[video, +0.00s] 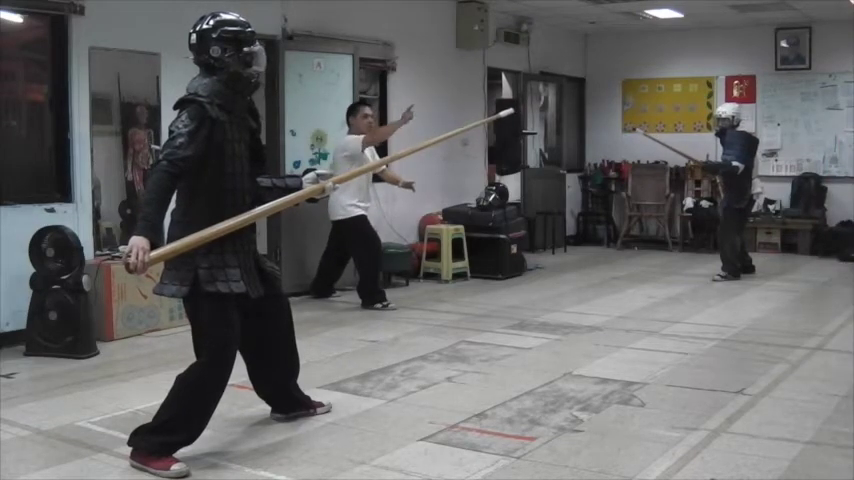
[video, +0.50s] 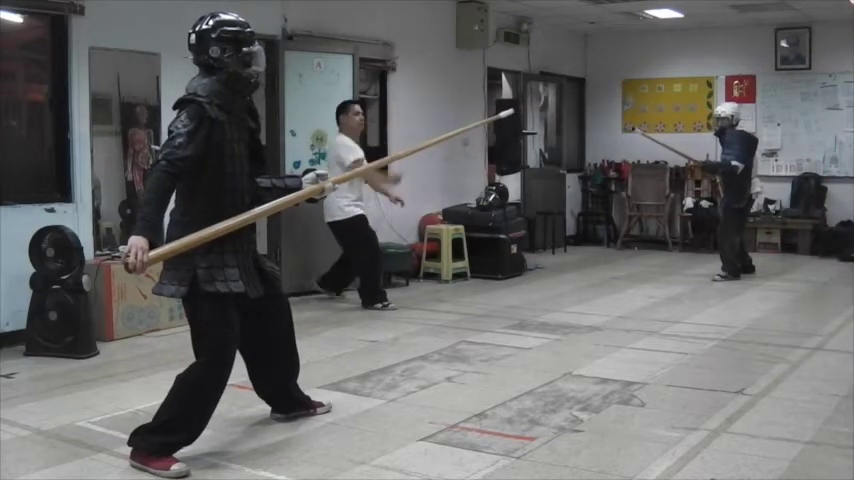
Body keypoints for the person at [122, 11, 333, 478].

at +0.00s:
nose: (253, 55)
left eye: (253, 47)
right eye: (241, 47)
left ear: (246, 53)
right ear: (214, 53)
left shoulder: (239, 108)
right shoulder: (201, 107)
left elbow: (246, 184)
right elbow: (166, 170)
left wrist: (301, 184)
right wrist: (144, 233)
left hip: (237, 245)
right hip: (204, 249)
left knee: (271, 316)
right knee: (217, 356)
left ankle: (285, 398)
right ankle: (152, 446)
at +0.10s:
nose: (254, 56)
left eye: (253, 47)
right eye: (242, 48)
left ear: (240, 54)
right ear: (214, 53)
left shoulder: (238, 108)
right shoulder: (201, 106)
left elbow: (246, 184)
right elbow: (166, 169)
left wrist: (301, 184)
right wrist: (144, 233)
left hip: (237, 244)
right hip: (204, 248)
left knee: (271, 315)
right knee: (217, 356)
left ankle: (285, 399)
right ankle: (152, 446)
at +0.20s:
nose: (253, 56)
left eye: (253, 47)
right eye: (241, 48)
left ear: (240, 54)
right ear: (213, 53)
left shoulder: (238, 108)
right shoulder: (201, 107)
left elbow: (245, 184)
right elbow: (166, 169)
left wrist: (301, 184)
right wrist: (144, 233)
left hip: (237, 245)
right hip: (203, 249)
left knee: (271, 316)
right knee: (217, 356)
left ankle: (285, 398)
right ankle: (152, 446)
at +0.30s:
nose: (253, 55)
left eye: (253, 47)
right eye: (241, 48)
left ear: (245, 53)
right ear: (213, 53)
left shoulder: (238, 108)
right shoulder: (201, 107)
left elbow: (246, 184)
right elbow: (165, 169)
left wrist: (302, 184)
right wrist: (143, 233)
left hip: (237, 244)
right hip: (203, 249)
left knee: (271, 315)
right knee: (217, 355)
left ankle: (285, 398)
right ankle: (152, 446)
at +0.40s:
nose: (253, 56)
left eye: (253, 47)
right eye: (241, 48)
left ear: (245, 53)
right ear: (213, 53)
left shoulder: (238, 108)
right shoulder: (201, 107)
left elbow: (246, 184)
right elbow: (165, 169)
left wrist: (301, 184)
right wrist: (143, 233)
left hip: (236, 244)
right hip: (203, 249)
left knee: (271, 315)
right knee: (217, 355)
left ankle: (285, 398)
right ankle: (152, 446)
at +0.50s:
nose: (253, 57)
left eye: (253, 49)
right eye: (242, 49)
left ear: (245, 54)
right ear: (213, 53)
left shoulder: (239, 108)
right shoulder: (200, 106)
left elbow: (246, 184)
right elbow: (165, 168)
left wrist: (300, 184)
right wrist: (144, 232)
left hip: (237, 245)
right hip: (203, 249)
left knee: (271, 315)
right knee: (216, 356)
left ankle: (286, 399)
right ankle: (152, 446)